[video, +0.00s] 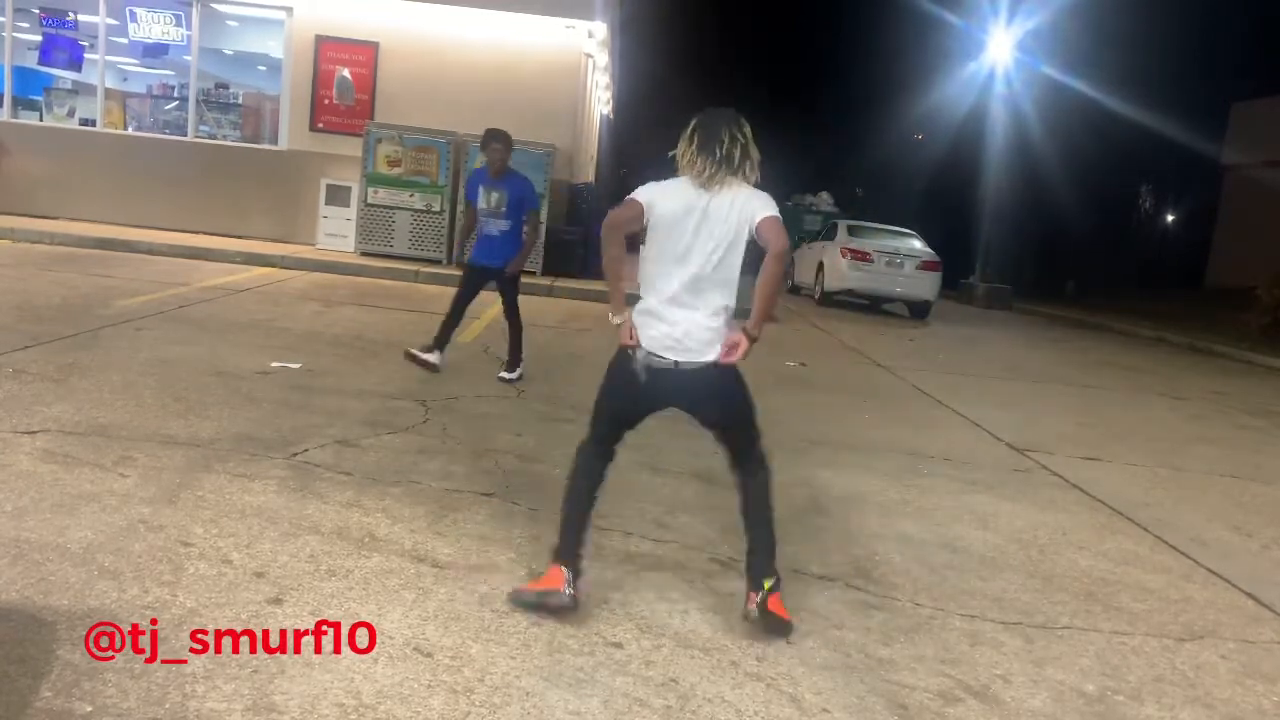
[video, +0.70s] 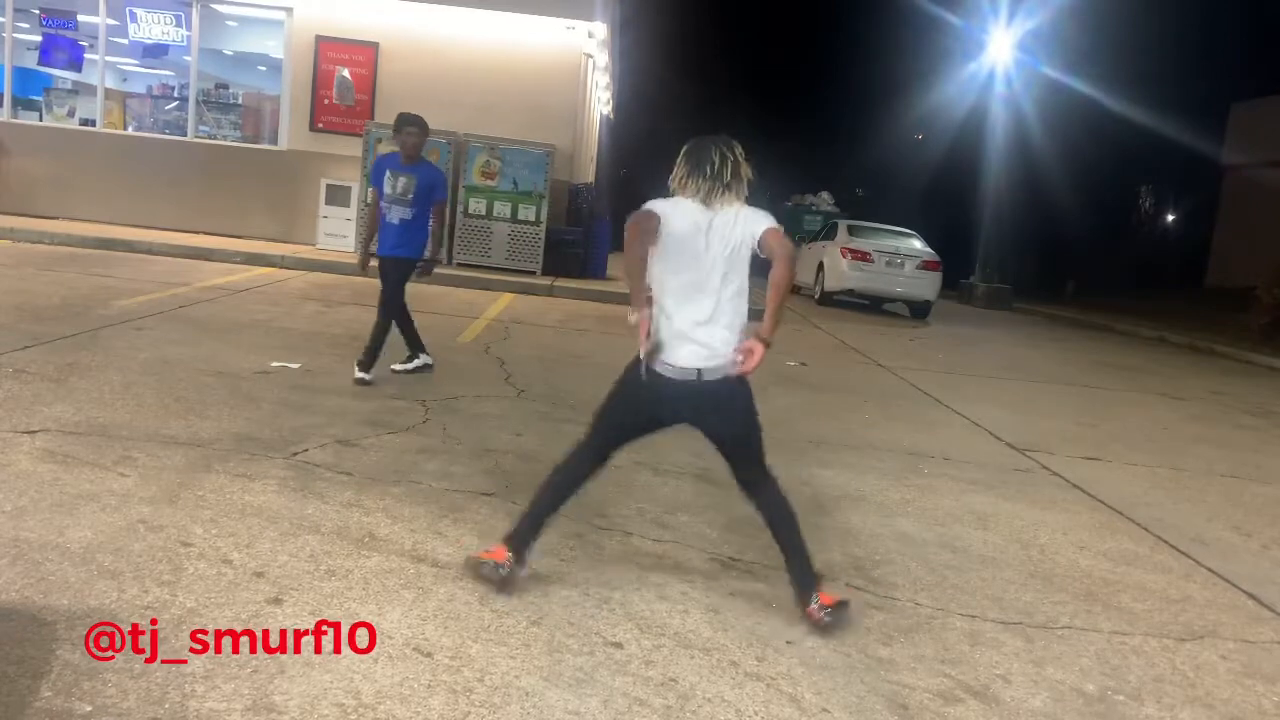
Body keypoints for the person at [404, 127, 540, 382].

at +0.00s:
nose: (497, 156)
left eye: (502, 151)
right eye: (493, 151)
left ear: (510, 154)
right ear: (484, 153)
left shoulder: (522, 185)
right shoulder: (475, 179)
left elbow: (533, 228)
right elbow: (470, 217)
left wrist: (520, 259)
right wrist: (459, 247)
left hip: (508, 260)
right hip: (481, 256)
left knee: (511, 312)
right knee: (460, 301)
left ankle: (514, 365)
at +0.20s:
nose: (467, 152)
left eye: (472, 147)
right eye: (462, 147)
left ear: (479, 151)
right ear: (452, 149)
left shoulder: (490, 183)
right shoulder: (445, 178)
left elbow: (502, 224)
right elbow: (443, 219)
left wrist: (501, 264)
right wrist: (434, 253)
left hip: (478, 260)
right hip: (449, 256)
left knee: (485, 309)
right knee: (428, 302)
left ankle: (509, 361)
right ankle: (423, 356)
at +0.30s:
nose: (450, 145)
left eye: (454, 140)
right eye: (445, 140)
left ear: (462, 143)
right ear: (436, 142)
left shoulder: (473, 176)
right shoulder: (427, 171)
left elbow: (485, 220)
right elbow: (424, 211)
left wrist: (483, 260)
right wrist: (413, 245)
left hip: (459, 253)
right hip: (432, 250)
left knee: (455, 303)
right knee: (422, 301)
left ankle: (480, 352)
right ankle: (423, 354)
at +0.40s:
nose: (439, 141)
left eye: (444, 136)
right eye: (434, 135)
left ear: (452, 139)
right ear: (426, 138)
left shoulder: (464, 172)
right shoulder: (416, 166)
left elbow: (474, 215)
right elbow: (409, 208)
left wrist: (468, 249)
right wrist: (398, 246)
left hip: (449, 247)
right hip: (422, 245)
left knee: (437, 298)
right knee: (419, 299)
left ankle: (449, 359)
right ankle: (422, 355)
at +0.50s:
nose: (428, 140)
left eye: (433, 135)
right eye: (423, 134)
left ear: (439, 138)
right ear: (412, 136)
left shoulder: (450, 170)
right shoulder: (400, 164)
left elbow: (458, 214)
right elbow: (391, 207)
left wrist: (451, 250)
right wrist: (381, 246)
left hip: (435, 246)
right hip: (408, 244)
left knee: (415, 301)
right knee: (411, 301)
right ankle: (422, 354)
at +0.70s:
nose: (413, 141)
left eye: (419, 136)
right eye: (408, 134)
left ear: (426, 140)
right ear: (396, 137)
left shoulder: (434, 176)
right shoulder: (382, 164)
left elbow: (438, 220)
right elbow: (376, 207)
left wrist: (433, 256)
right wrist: (366, 247)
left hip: (411, 248)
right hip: (385, 245)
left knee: (387, 304)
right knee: (395, 303)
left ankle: (365, 365)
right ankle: (419, 354)